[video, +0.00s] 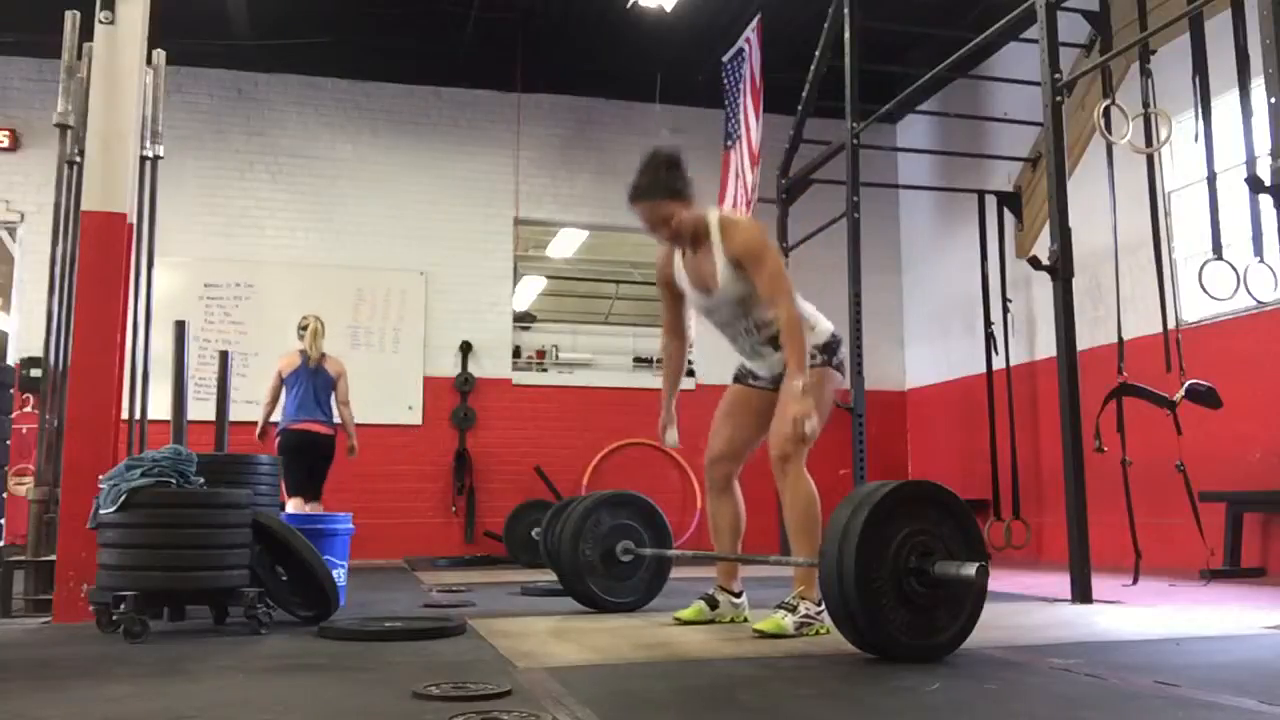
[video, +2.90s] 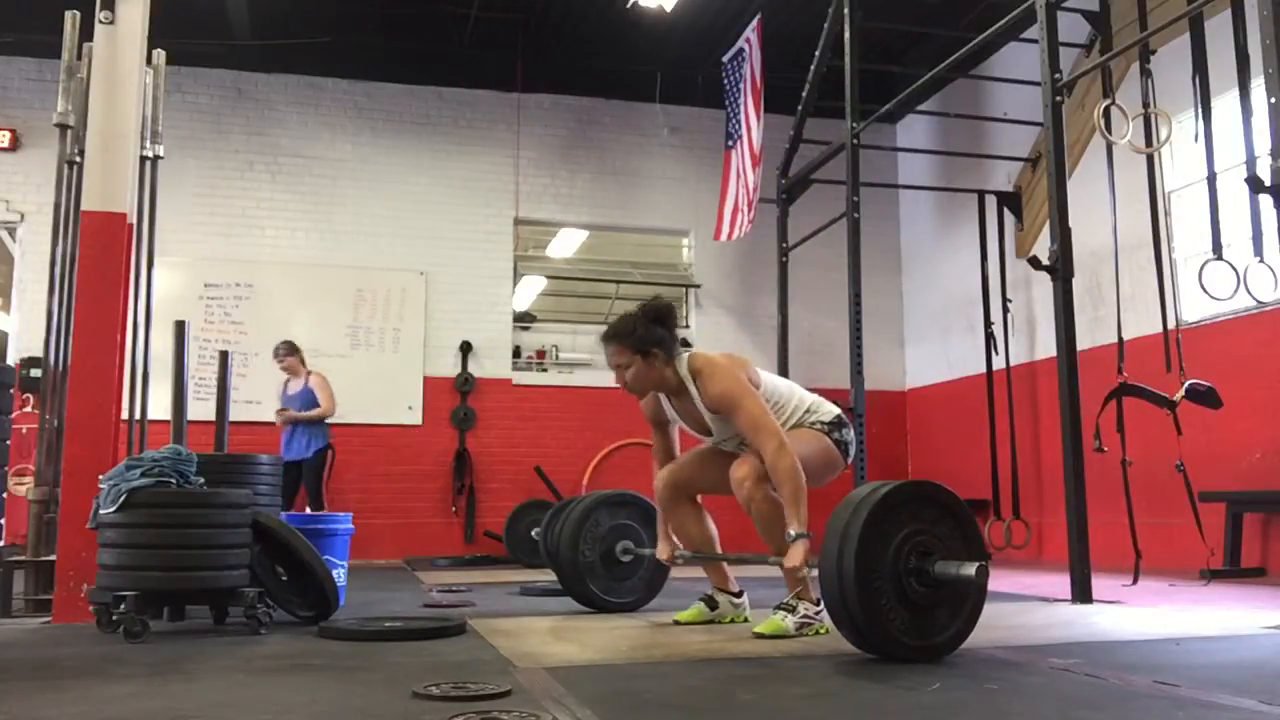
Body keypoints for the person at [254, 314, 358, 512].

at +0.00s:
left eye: (300, 332)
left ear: (299, 334)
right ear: (322, 335)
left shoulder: (286, 363)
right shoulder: (336, 366)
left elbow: (271, 400)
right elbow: (343, 404)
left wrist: (262, 424)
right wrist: (352, 436)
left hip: (293, 437)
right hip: (324, 440)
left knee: (295, 496)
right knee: (314, 497)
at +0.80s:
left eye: (287, 348)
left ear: (287, 348)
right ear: (309, 349)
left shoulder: (275, 374)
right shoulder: (322, 377)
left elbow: (265, 413)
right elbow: (324, 414)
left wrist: (252, 443)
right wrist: (320, 440)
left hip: (281, 446)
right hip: (311, 446)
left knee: (277, 500)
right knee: (306, 499)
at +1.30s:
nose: (267, 359)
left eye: (268, 357)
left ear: (268, 357)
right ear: (288, 356)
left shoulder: (259, 376)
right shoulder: (302, 383)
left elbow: (248, 412)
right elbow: (302, 417)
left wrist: (241, 439)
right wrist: (299, 440)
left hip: (265, 447)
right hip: (293, 449)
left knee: (263, 497)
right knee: (284, 497)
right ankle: (294, 535)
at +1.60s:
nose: (252, 379)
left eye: (253, 376)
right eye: (252, 377)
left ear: (257, 372)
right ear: (272, 370)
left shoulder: (259, 379)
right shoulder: (286, 386)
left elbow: (261, 405)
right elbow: (289, 418)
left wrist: (249, 438)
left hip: (278, 443)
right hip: (299, 445)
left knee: (270, 496)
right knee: (286, 498)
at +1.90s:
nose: (242, 401)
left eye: (240, 397)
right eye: (240, 399)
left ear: (243, 389)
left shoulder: (254, 388)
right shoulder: (271, 393)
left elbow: (270, 405)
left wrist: (262, 438)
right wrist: (271, 445)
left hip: (295, 441)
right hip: (307, 442)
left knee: (283, 494)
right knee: (293, 496)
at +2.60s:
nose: (248, 373)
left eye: (249, 367)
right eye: (247, 369)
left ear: (262, 363)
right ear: (261, 365)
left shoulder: (287, 379)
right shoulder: (269, 389)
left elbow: (302, 406)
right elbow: (281, 418)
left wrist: (275, 428)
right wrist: (269, 432)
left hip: (306, 444)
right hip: (287, 448)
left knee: (305, 494)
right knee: (288, 498)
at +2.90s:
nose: (281, 366)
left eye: (283, 360)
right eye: (278, 362)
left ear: (296, 356)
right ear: (278, 362)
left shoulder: (316, 379)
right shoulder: (286, 384)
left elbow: (328, 409)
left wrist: (295, 416)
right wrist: (283, 416)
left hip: (316, 445)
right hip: (292, 446)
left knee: (315, 500)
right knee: (285, 500)